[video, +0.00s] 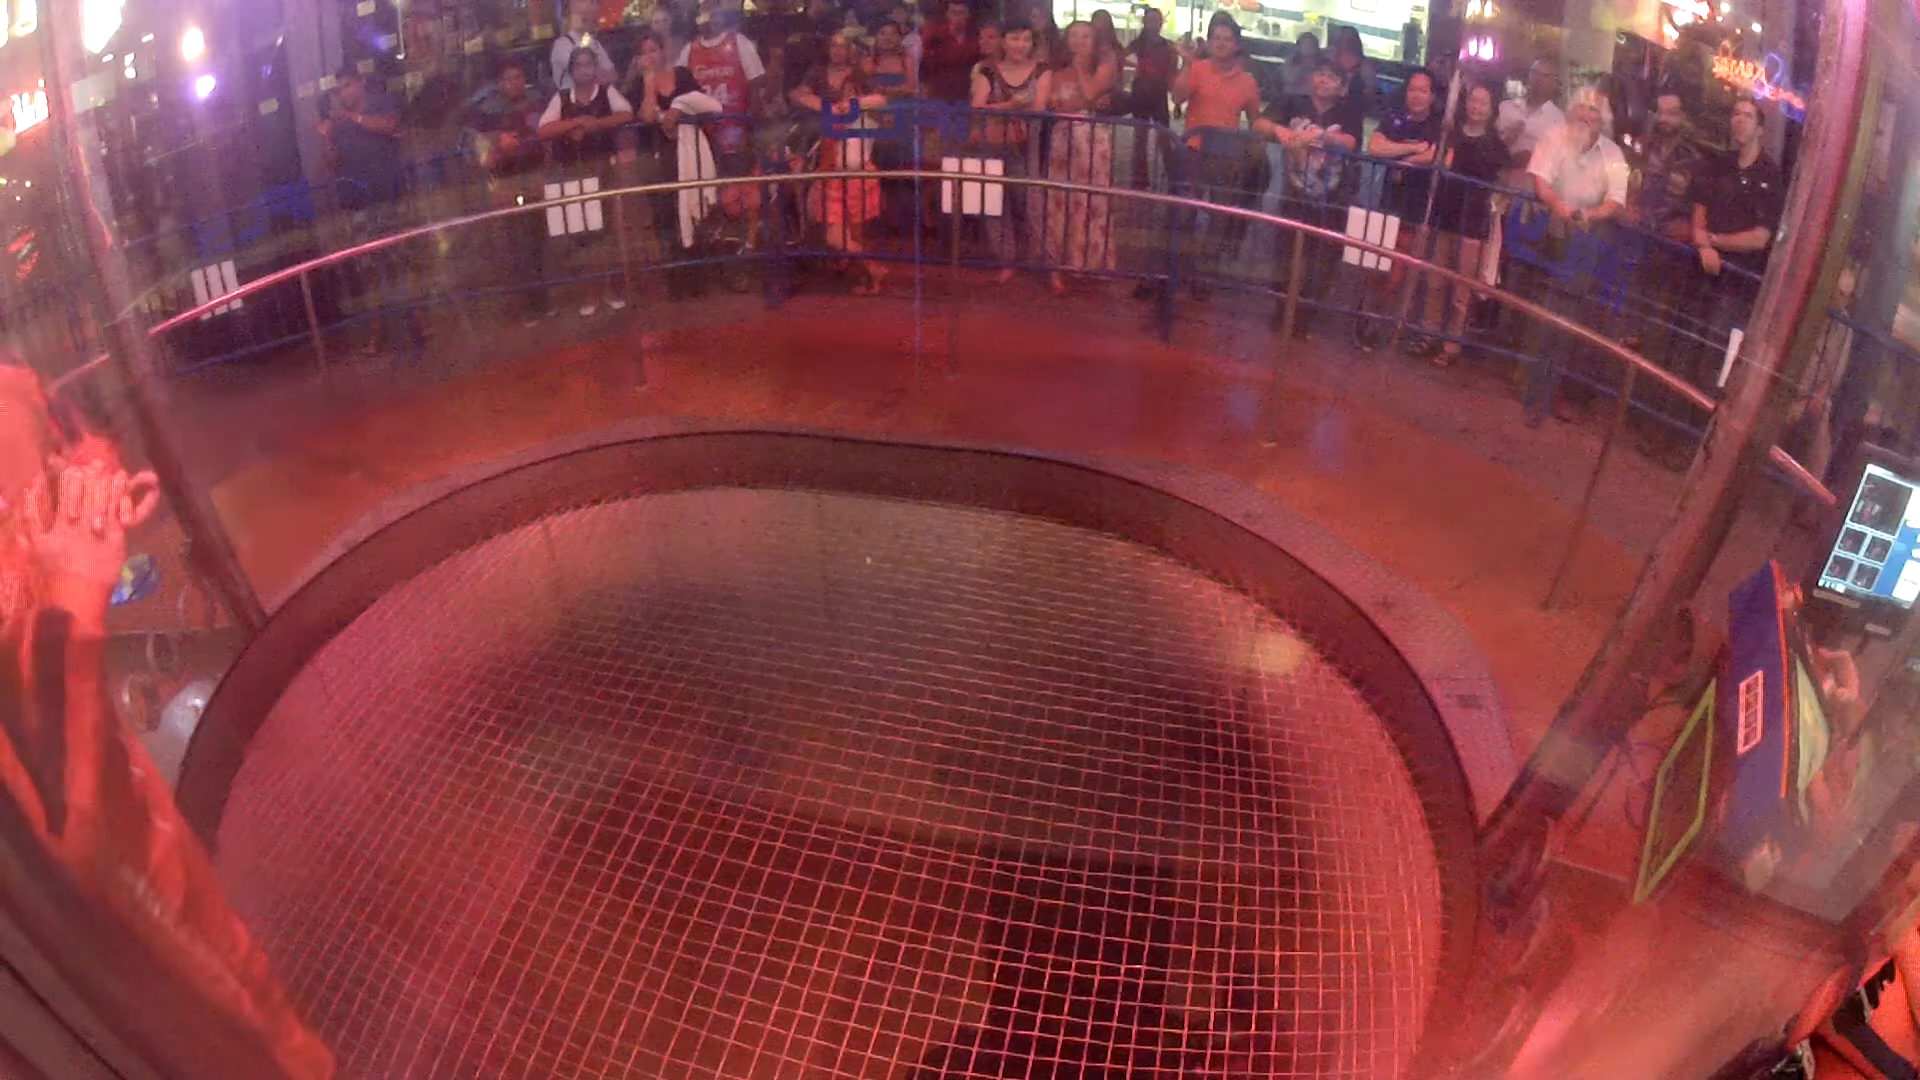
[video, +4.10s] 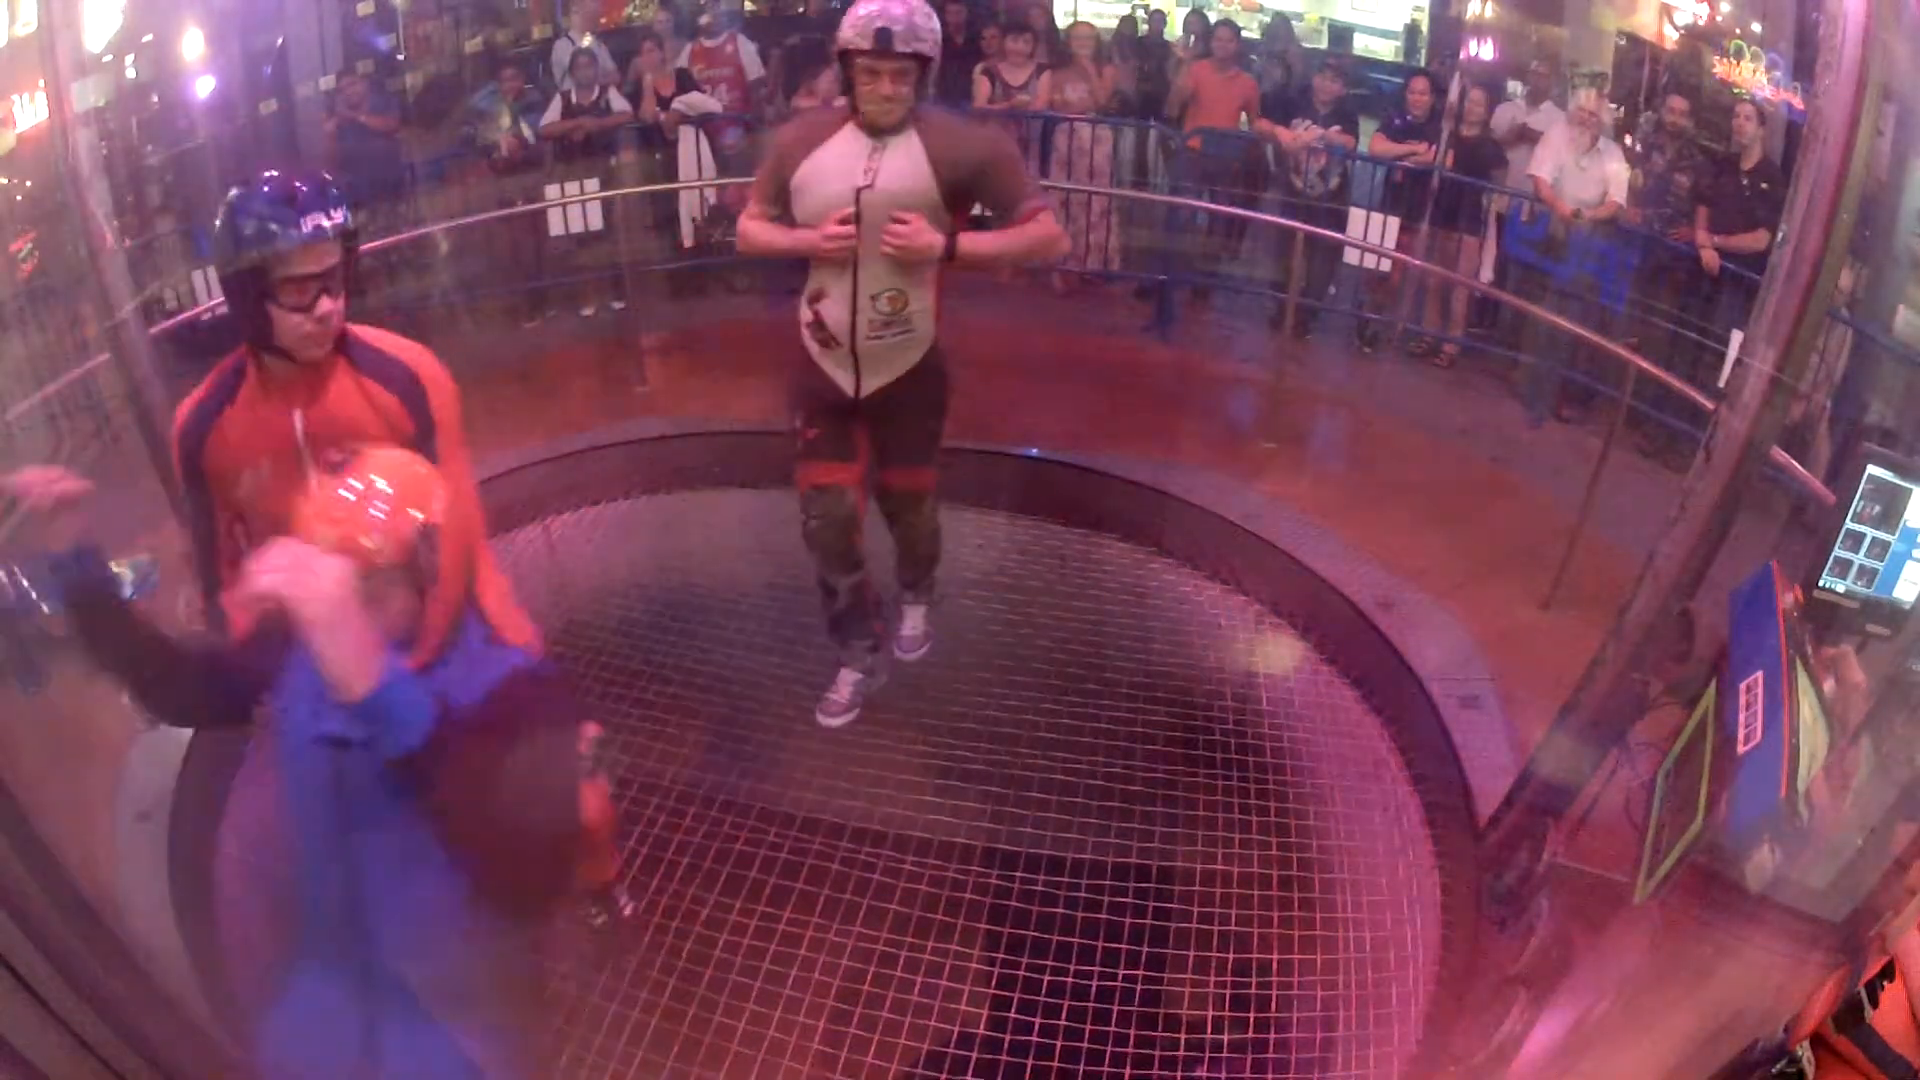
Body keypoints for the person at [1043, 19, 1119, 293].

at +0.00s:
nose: (1079, 41)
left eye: (1085, 36)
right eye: (1074, 36)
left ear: (1095, 41)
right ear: (1067, 41)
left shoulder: (1104, 66)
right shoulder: (1059, 72)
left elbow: (1090, 94)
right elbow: (1049, 105)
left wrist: (1081, 65)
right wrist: (1082, 102)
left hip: (1091, 138)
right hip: (1062, 137)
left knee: (1089, 201)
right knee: (1060, 201)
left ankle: (1087, 265)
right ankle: (1058, 265)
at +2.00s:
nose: (1067, 45)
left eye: (1072, 39)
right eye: (1063, 40)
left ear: (1082, 42)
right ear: (1055, 44)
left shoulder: (1095, 68)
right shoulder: (1051, 74)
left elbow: (1097, 98)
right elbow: (1039, 108)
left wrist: (1078, 71)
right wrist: (1061, 105)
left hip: (1089, 137)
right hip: (1059, 137)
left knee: (1088, 200)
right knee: (1059, 200)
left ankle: (1086, 263)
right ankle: (1059, 264)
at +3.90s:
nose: (1081, 44)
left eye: (1087, 39)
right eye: (1076, 39)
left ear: (1095, 42)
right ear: (1068, 42)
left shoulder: (1103, 70)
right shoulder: (1056, 75)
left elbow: (1101, 100)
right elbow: (1039, 107)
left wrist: (1088, 70)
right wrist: (1062, 108)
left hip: (1093, 139)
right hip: (1063, 137)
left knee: (1091, 201)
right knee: (1062, 200)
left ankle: (1090, 265)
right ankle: (1062, 265)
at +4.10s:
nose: (1082, 44)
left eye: (1088, 39)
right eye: (1076, 39)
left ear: (1096, 42)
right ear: (1068, 42)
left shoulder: (1106, 70)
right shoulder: (1058, 73)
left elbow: (1102, 100)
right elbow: (1046, 105)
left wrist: (1089, 69)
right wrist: (1070, 107)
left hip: (1095, 138)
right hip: (1065, 136)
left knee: (1094, 200)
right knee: (1064, 198)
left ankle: (1093, 263)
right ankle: (1063, 263)